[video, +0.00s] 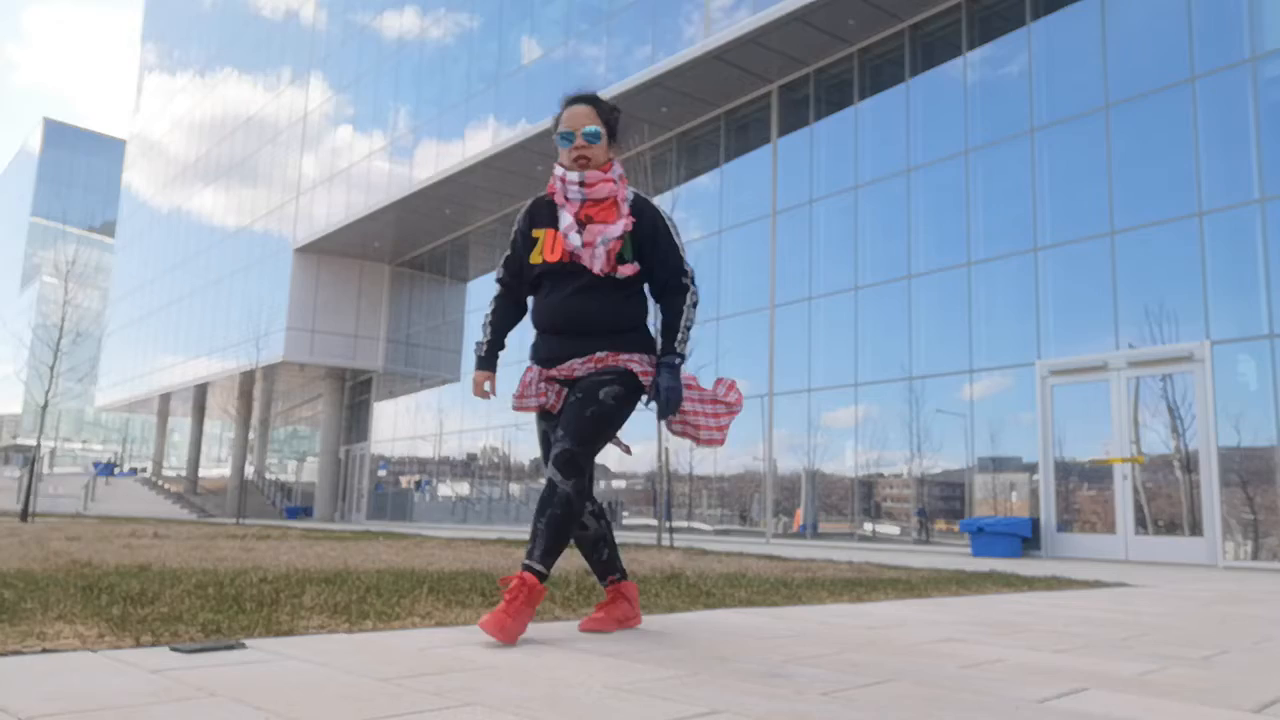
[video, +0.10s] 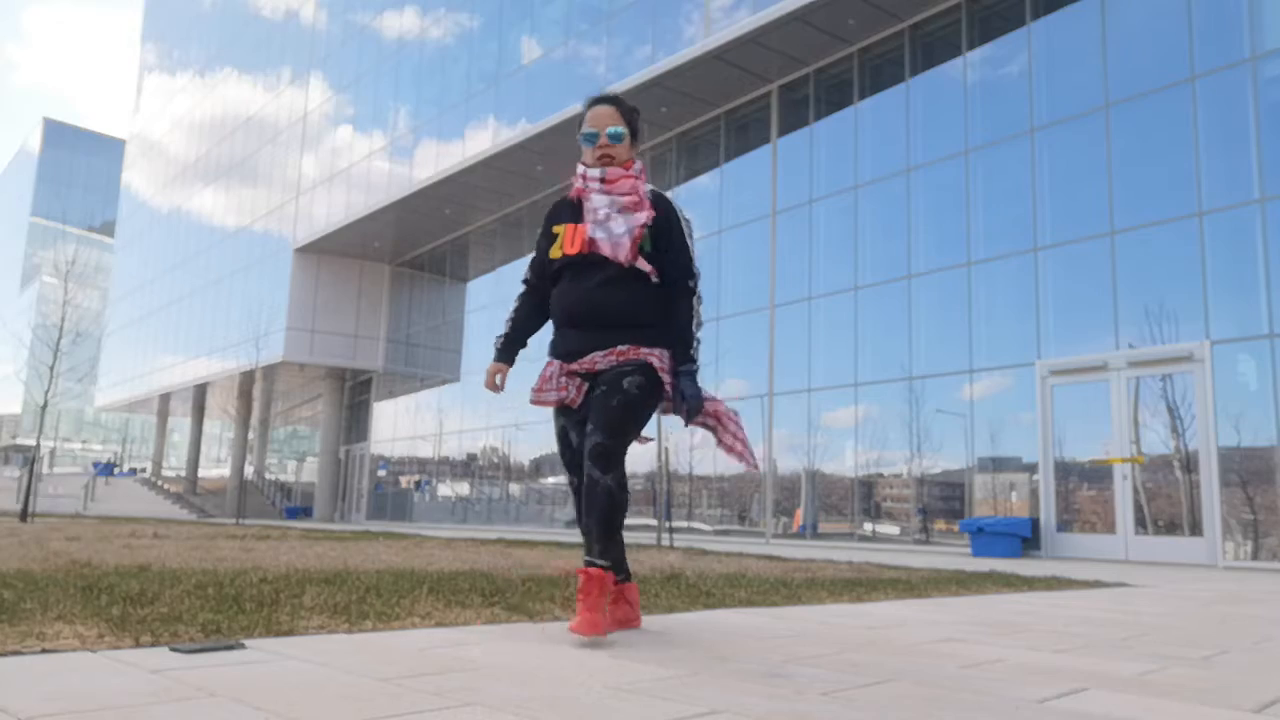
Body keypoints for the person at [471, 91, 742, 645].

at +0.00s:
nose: (579, 148)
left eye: (592, 137)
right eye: (567, 137)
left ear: (612, 145)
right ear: (555, 146)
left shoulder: (638, 213)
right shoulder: (539, 215)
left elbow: (679, 290)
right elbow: (511, 289)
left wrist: (672, 362)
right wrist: (488, 351)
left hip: (618, 360)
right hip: (552, 366)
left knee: (568, 453)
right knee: (566, 478)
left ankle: (525, 590)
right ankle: (620, 593)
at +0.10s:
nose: (602, 146)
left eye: (615, 136)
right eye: (591, 137)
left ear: (634, 146)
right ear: (579, 146)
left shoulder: (656, 211)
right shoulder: (562, 213)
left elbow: (681, 292)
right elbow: (538, 287)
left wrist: (685, 373)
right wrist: (507, 351)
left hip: (637, 356)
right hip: (572, 361)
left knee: (600, 449)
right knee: (583, 473)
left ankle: (595, 580)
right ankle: (621, 588)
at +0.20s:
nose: (624, 142)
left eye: (635, 133)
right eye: (612, 134)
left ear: (653, 143)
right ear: (599, 145)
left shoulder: (677, 208)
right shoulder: (581, 213)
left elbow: (703, 290)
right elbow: (555, 284)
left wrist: (703, 366)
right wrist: (525, 336)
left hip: (657, 356)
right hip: (592, 362)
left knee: (646, 459)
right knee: (598, 476)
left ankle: (667, 588)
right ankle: (622, 595)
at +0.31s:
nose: (640, 141)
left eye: (651, 132)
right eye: (629, 133)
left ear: (669, 141)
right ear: (617, 143)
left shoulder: (695, 206)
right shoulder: (601, 212)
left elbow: (723, 281)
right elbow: (572, 275)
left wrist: (725, 352)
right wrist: (544, 322)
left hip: (678, 358)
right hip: (609, 363)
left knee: (689, 471)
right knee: (611, 479)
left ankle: (728, 590)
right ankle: (623, 595)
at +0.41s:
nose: (660, 139)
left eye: (671, 130)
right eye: (650, 131)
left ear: (689, 139)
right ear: (637, 142)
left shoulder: (719, 205)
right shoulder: (621, 209)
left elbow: (747, 280)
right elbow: (590, 265)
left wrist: (754, 349)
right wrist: (572, 298)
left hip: (702, 360)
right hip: (630, 365)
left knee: (720, 479)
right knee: (624, 480)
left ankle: (750, 599)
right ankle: (624, 596)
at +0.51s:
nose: (680, 135)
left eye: (690, 126)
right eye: (670, 127)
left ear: (708, 136)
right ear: (657, 139)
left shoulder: (741, 203)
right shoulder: (641, 208)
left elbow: (775, 273)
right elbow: (610, 257)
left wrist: (787, 340)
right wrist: (605, 275)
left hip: (729, 360)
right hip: (657, 363)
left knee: (741, 481)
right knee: (641, 478)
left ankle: (758, 604)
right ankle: (629, 594)